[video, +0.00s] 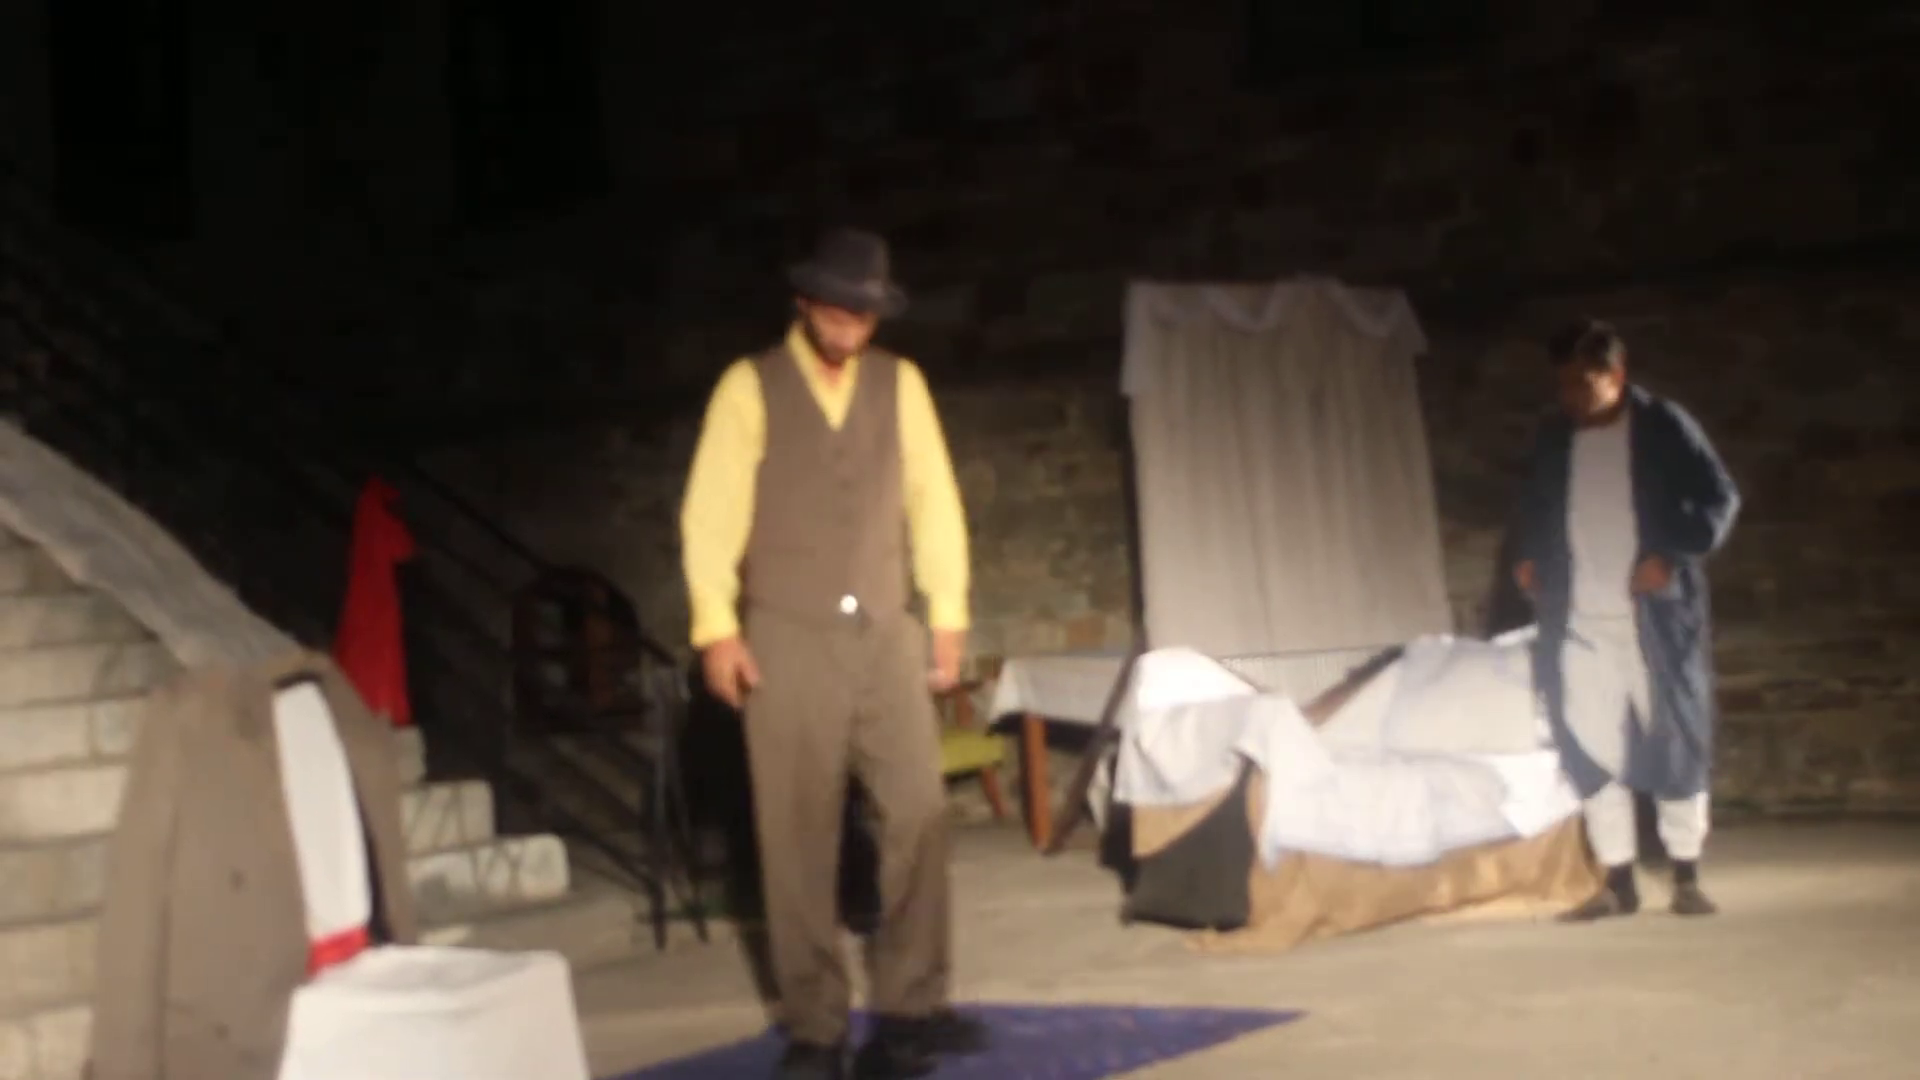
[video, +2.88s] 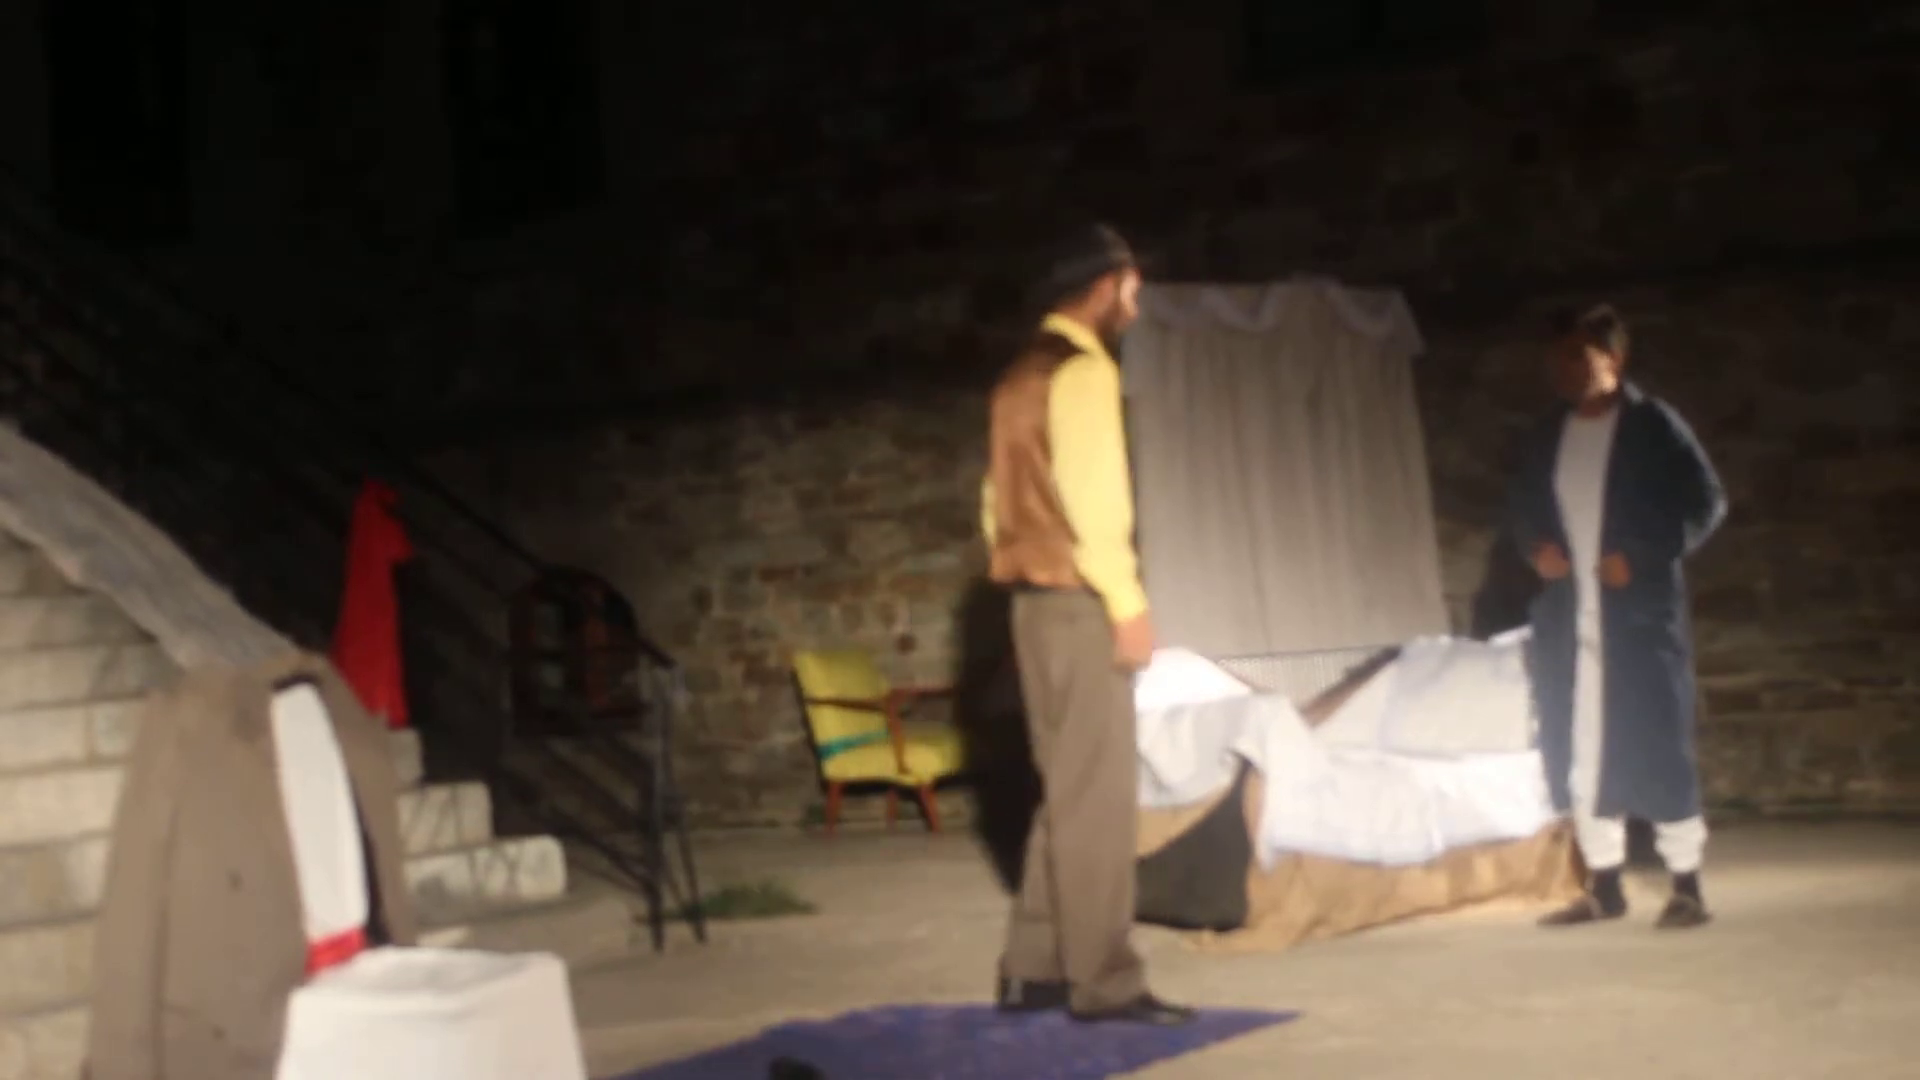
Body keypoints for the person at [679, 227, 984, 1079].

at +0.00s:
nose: (848, 329)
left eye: (863, 315)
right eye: (835, 311)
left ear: (881, 316)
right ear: (803, 301)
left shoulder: (900, 385)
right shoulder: (750, 388)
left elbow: (935, 503)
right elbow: (711, 511)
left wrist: (947, 618)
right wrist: (716, 627)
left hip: (889, 638)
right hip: (786, 642)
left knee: (919, 813)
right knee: (796, 835)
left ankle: (911, 1009)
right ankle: (813, 1025)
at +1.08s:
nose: (968, 322)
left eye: (973, 307)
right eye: (962, 304)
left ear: (936, 300)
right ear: (914, 291)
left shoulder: (924, 383)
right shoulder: (845, 379)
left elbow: (913, 507)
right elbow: (794, 496)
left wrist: (935, 617)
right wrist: (822, 605)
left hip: (932, 620)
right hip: (882, 620)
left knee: (948, 811)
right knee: (894, 813)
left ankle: (946, 1001)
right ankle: (873, 1012)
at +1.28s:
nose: (999, 307)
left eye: (1001, 290)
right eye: (994, 289)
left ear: (946, 286)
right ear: (953, 286)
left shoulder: (924, 368)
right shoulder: (898, 369)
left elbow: (883, 492)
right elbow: (845, 485)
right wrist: (864, 599)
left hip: (923, 610)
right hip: (918, 612)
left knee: (925, 817)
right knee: (955, 811)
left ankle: (928, 1004)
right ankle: (983, 1002)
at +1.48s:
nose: (1023, 324)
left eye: (1027, 307)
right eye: (1018, 305)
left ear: (969, 298)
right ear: (980, 292)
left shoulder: (923, 362)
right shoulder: (952, 366)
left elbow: (920, 491)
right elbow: (932, 486)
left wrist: (952, 596)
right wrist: (953, 606)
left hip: (909, 607)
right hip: (949, 608)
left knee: (948, 808)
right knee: (1013, 799)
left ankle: (942, 1002)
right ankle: (1020, 1002)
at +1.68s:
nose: (1056, 349)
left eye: (1062, 334)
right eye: (1056, 329)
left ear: (1004, 305)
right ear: (1025, 306)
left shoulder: (919, 382)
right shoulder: (999, 377)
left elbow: (876, 498)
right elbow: (1019, 504)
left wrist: (897, 593)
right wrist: (1067, 606)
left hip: (926, 612)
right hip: (979, 609)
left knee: (1010, 790)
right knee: (1025, 800)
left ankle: (971, 961)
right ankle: (1023, 1005)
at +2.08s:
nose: (1083, 360)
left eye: (1090, 347)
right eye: (1084, 342)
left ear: (1043, 317)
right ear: (1051, 315)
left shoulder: (972, 378)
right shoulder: (1012, 379)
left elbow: (929, 504)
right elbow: (998, 492)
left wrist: (924, 619)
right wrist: (1023, 602)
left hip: (948, 605)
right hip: (986, 606)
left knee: (984, 797)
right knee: (1066, 771)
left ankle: (1015, 974)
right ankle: (1069, 965)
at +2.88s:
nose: (1133, 302)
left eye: (1133, 286)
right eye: (1131, 287)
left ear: (1064, 291)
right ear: (1109, 287)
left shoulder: (1023, 376)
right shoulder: (1085, 371)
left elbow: (997, 498)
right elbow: (1095, 494)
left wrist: (1018, 568)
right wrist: (1127, 605)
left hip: (1034, 600)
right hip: (1077, 601)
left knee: (1070, 788)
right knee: (1097, 790)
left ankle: (1036, 967)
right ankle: (1106, 983)